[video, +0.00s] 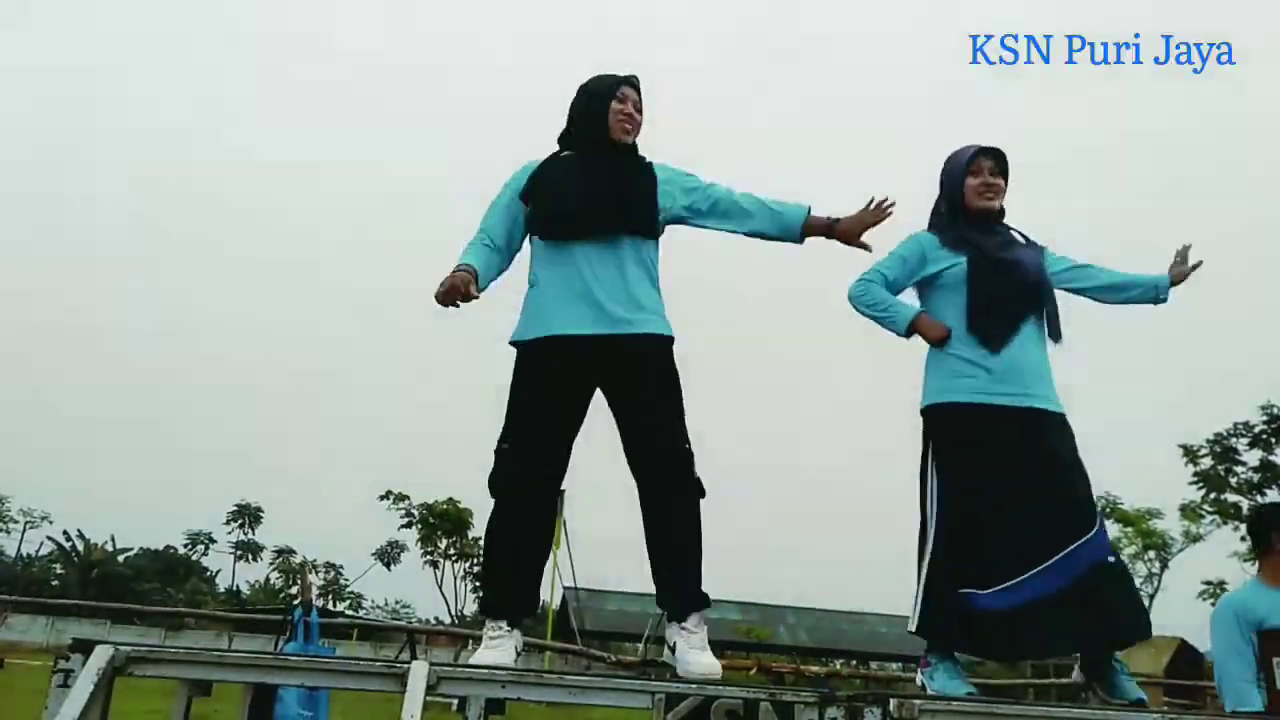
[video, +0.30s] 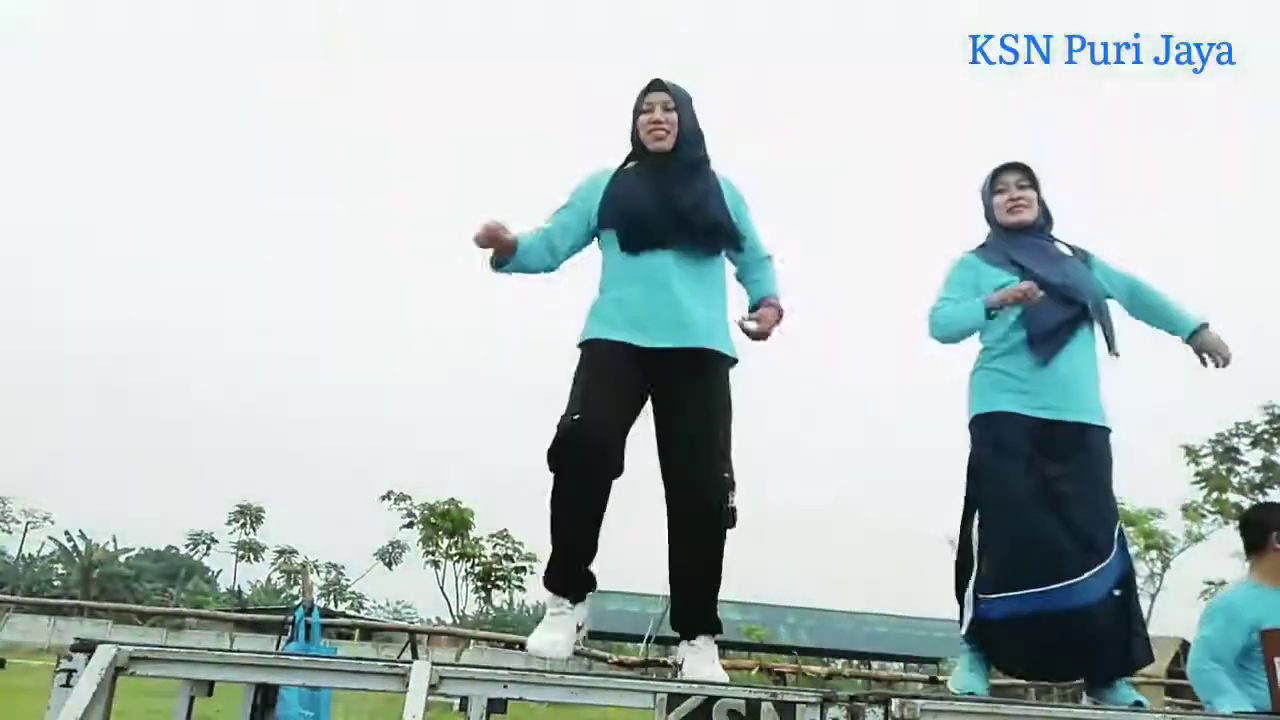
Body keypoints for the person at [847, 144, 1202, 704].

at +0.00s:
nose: (990, 182)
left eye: (997, 174)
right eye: (978, 174)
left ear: (1006, 187)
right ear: (953, 185)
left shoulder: (1029, 252)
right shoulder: (930, 245)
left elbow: (1091, 278)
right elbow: (864, 289)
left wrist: (1166, 281)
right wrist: (916, 319)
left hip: (1034, 403)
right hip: (960, 402)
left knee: (1078, 524)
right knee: (957, 527)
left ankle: (1100, 659)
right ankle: (938, 657)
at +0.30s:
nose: (1015, 195)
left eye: (1023, 187)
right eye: (1003, 191)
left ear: (1041, 200)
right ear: (989, 208)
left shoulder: (1077, 260)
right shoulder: (975, 264)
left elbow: (1134, 292)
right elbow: (940, 323)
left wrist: (1193, 328)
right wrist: (996, 300)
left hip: (1079, 411)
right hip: (1005, 406)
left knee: (1096, 537)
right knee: (1004, 528)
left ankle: (1106, 676)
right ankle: (974, 654)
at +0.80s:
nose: (998, 192)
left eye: (1008, 181)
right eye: (988, 189)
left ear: (1036, 189)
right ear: (982, 205)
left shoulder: (1079, 254)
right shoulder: (972, 253)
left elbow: (1132, 294)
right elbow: (889, 274)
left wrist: (1118, 334)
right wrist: (938, 266)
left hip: (1072, 408)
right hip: (993, 405)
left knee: (1088, 536)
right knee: (968, 530)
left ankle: (1101, 671)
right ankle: (935, 647)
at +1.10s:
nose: (953, 192)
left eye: (963, 182)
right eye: (942, 189)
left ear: (989, 194)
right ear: (934, 209)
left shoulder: (1023, 264)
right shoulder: (922, 261)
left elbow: (1080, 312)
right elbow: (856, 269)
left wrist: (1048, 343)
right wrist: (924, 250)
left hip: (1005, 410)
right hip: (925, 404)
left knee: (1036, 533)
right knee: (918, 533)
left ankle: (1064, 662)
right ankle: (912, 663)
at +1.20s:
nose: (939, 193)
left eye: (950, 184)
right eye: (929, 189)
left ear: (977, 194)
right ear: (920, 206)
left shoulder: (1010, 258)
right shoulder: (911, 251)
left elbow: (1071, 306)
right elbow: (882, 267)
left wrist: (1035, 334)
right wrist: (961, 250)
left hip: (991, 407)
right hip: (913, 405)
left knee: (995, 534)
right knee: (909, 531)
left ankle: (993, 664)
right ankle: (909, 667)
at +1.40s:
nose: (927, 202)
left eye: (937, 193)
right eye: (918, 198)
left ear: (963, 201)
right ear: (911, 213)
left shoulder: (1000, 267)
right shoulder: (899, 267)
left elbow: (1064, 313)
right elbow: (847, 307)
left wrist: (1021, 347)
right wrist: (903, 263)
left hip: (975, 419)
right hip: (899, 411)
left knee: (972, 538)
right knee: (899, 534)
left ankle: (963, 661)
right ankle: (900, 666)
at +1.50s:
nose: (920, 190)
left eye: (930, 181)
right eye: (910, 186)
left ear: (956, 190)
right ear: (903, 203)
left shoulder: (992, 257)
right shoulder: (885, 256)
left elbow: (1051, 302)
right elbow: (818, 298)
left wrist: (1022, 338)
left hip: (967, 407)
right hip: (889, 400)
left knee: (968, 532)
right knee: (874, 520)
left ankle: (967, 661)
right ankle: (856, 648)